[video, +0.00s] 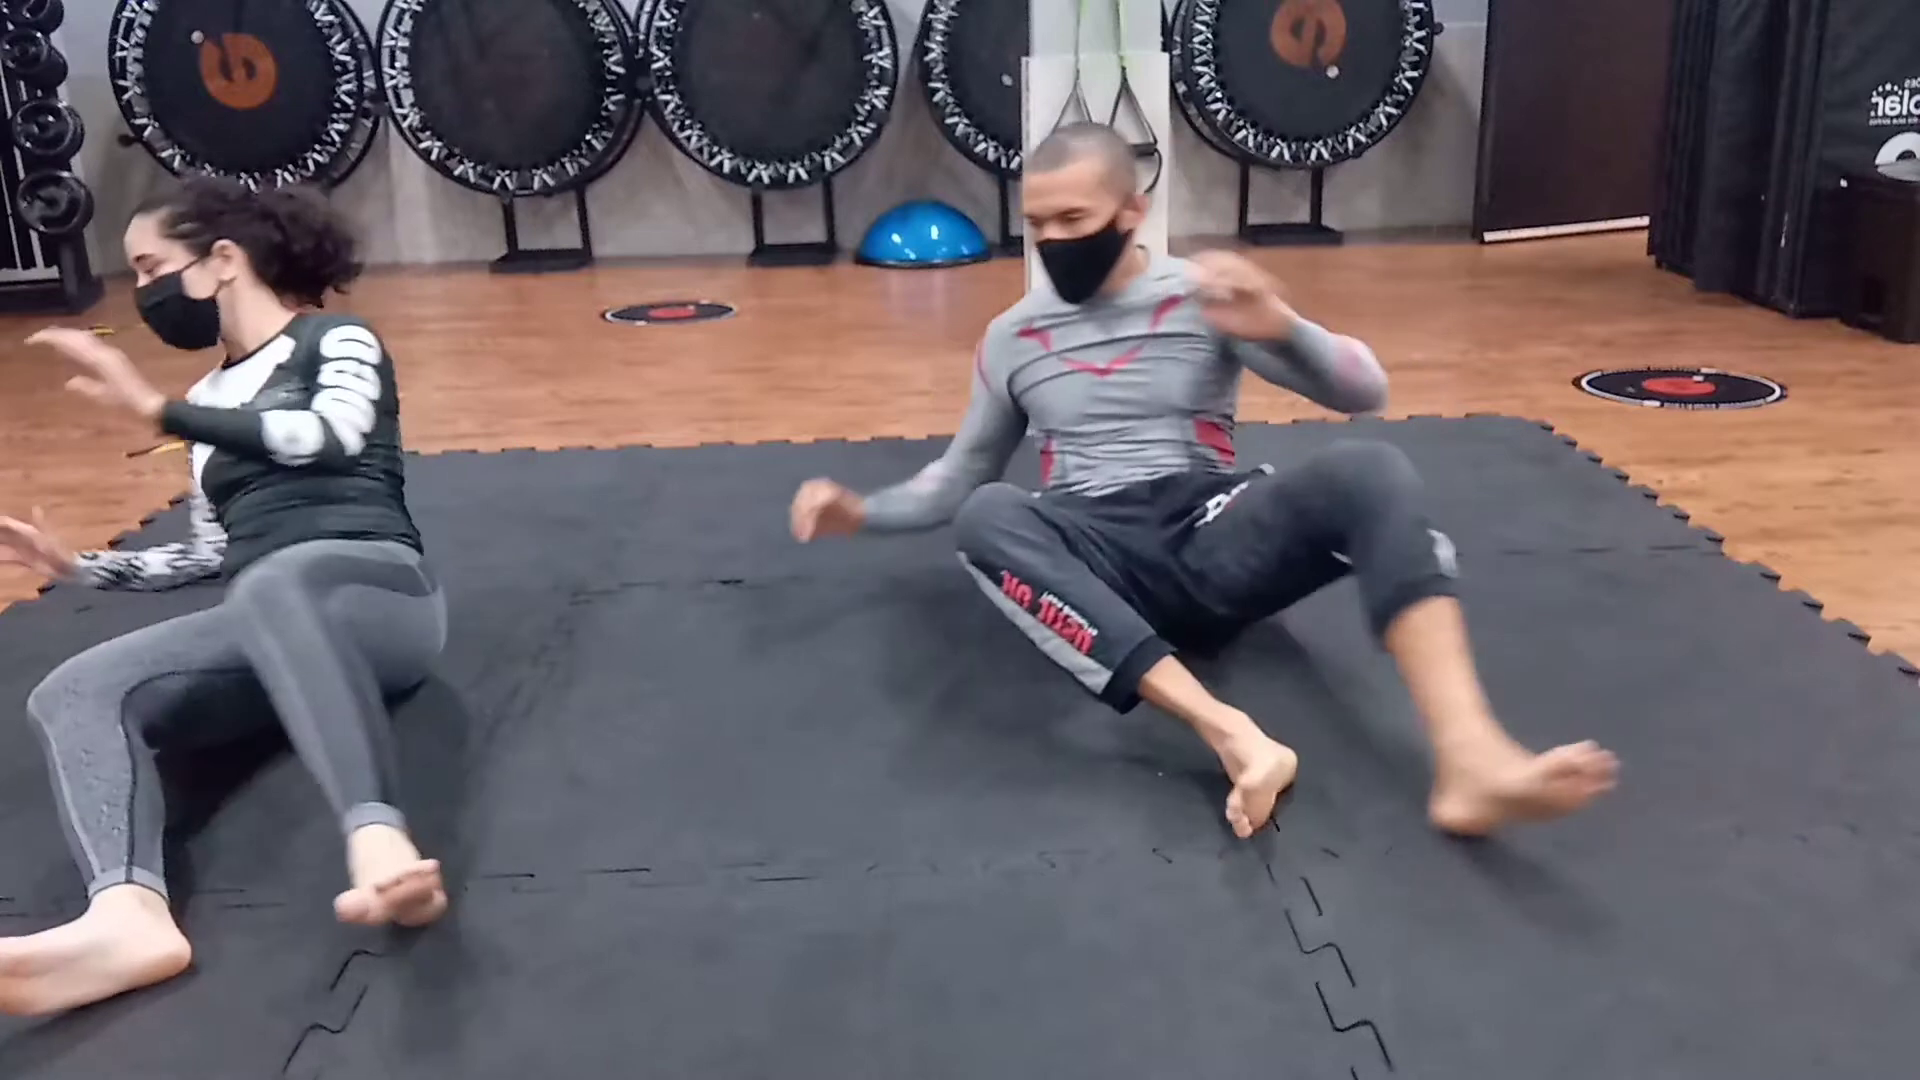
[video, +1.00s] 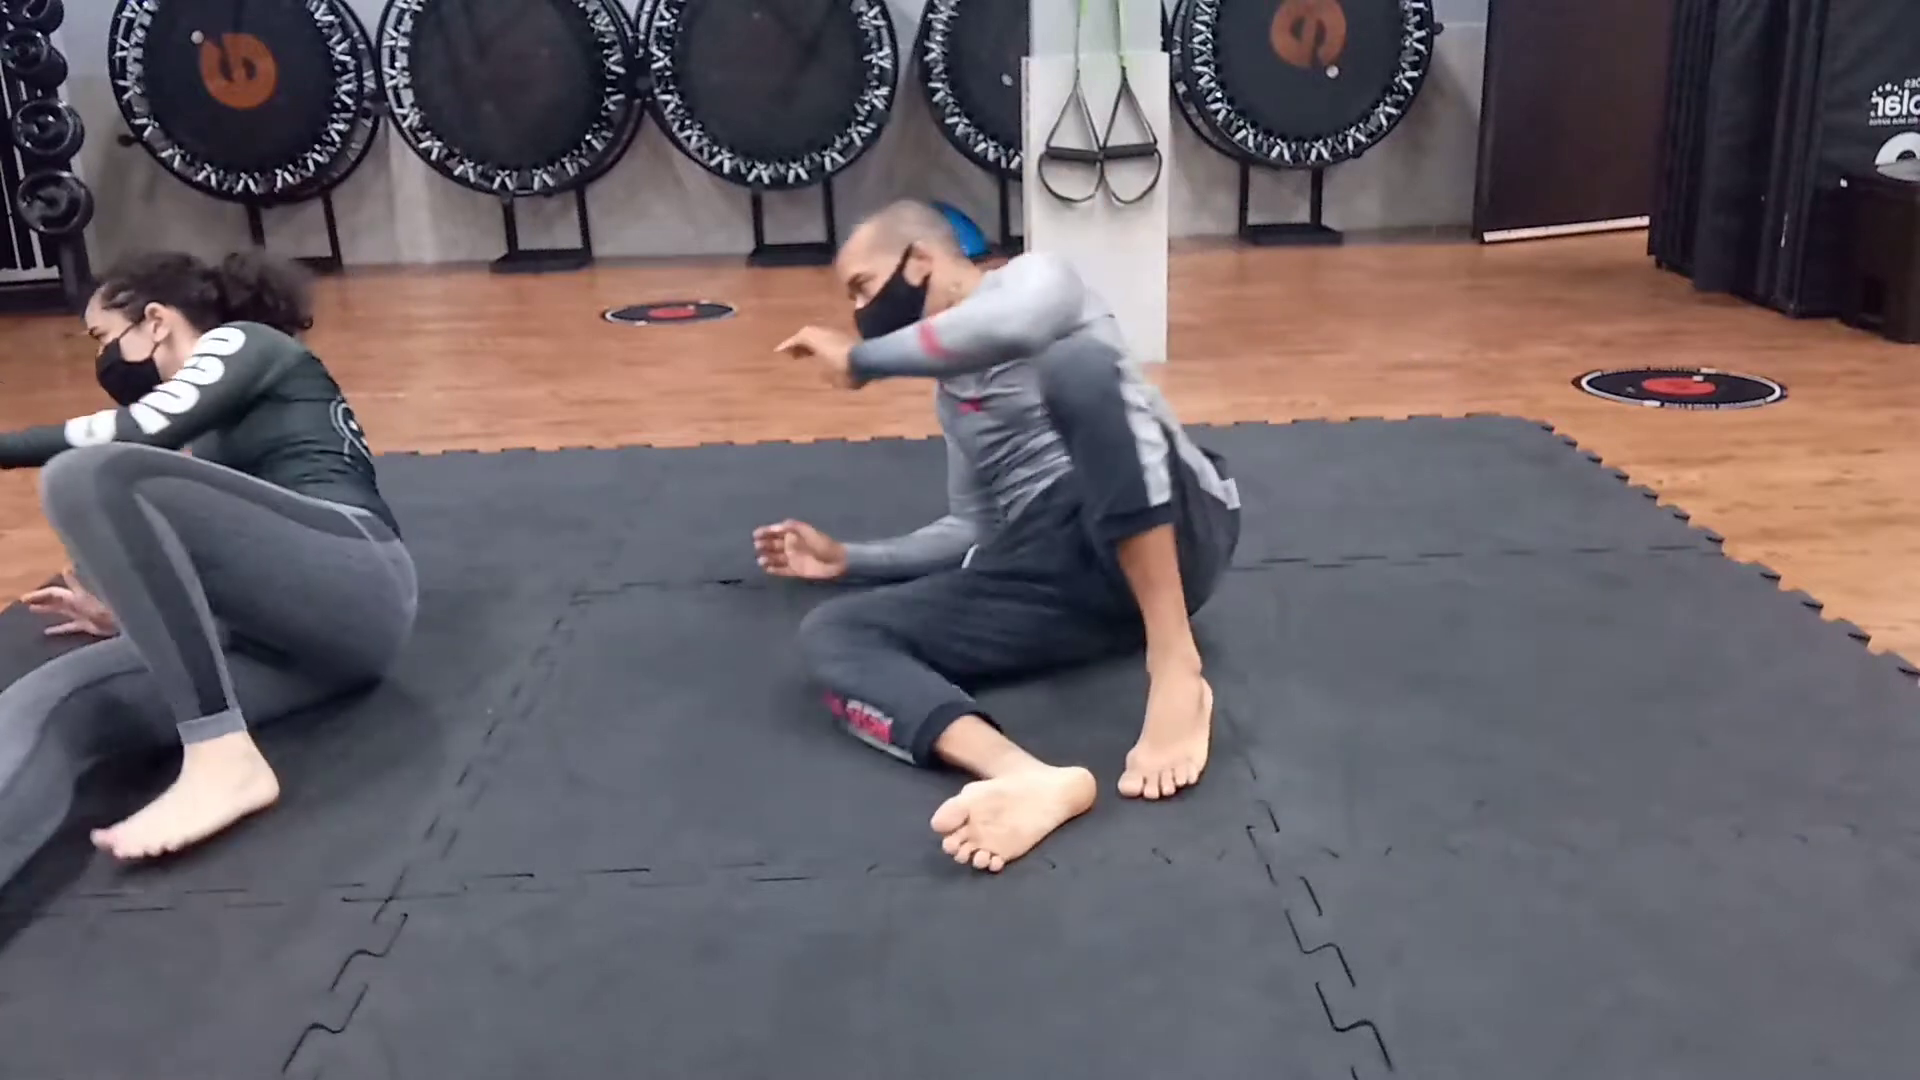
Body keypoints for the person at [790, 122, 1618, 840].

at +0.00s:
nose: (1056, 245)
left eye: (1078, 222)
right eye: (1039, 225)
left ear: (1137, 207)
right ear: (1021, 221)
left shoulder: (1206, 292)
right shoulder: (1013, 338)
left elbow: (1365, 394)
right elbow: (961, 476)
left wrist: (1283, 332)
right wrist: (865, 511)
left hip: (1212, 533)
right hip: (1096, 543)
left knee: (1372, 465)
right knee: (983, 517)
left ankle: (1471, 754)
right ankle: (1233, 738)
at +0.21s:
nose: (1000, 251)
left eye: (1018, 228)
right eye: (986, 236)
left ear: (1082, 217)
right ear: (976, 243)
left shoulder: (1171, 290)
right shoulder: (992, 358)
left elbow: (1301, 359)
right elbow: (977, 494)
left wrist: (1146, 304)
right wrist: (865, 567)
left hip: (1203, 537)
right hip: (1089, 557)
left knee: (1307, 432)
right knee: (969, 525)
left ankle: (1356, 743)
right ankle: (1220, 734)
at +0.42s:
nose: (944, 278)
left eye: (958, 251)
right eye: (931, 264)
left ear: (1020, 238)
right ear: (929, 274)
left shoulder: (1121, 281)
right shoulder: (972, 380)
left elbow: (1225, 332)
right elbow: (977, 521)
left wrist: (1041, 306)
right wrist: (862, 574)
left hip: (1187, 538)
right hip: (1074, 567)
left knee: (1261, 387)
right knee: (936, 531)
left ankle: (1284, 700)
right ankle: (1172, 736)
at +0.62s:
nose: (905, 293)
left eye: (914, 268)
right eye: (891, 282)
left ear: (978, 244)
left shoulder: (1083, 279)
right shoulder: (961, 387)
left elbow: (1147, 320)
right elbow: (971, 533)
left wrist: (964, 318)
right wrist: (860, 576)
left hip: (1169, 534)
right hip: (1060, 570)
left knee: (1209, 352)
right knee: (895, 544)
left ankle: (1213, 665)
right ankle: (1102, 741)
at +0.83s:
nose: (876, 302)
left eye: (882, 277)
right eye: (869, 291)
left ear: (947, 251)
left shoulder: (1054, 274)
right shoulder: (956, 385)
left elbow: (1074, 320)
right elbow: (972, 524)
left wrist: (900, 334)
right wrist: (847, 574)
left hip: (1154, 532)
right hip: (1044, 570)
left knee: (1129, 349)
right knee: (857, 579)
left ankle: (1183, 657)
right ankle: (1033, 768)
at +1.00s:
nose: (861, 314)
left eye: (864, 289)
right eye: (853, 303)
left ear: (924, 260)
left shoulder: (1038, 275)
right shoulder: (955, 391)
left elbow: (1016, 327)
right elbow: (971, 527)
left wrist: (861, 360)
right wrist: (845, 558)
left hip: (1151, 537)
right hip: (1036, 578)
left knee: (1076, 361)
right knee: (832, 632)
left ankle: (1175, 671)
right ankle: (1023, 773)